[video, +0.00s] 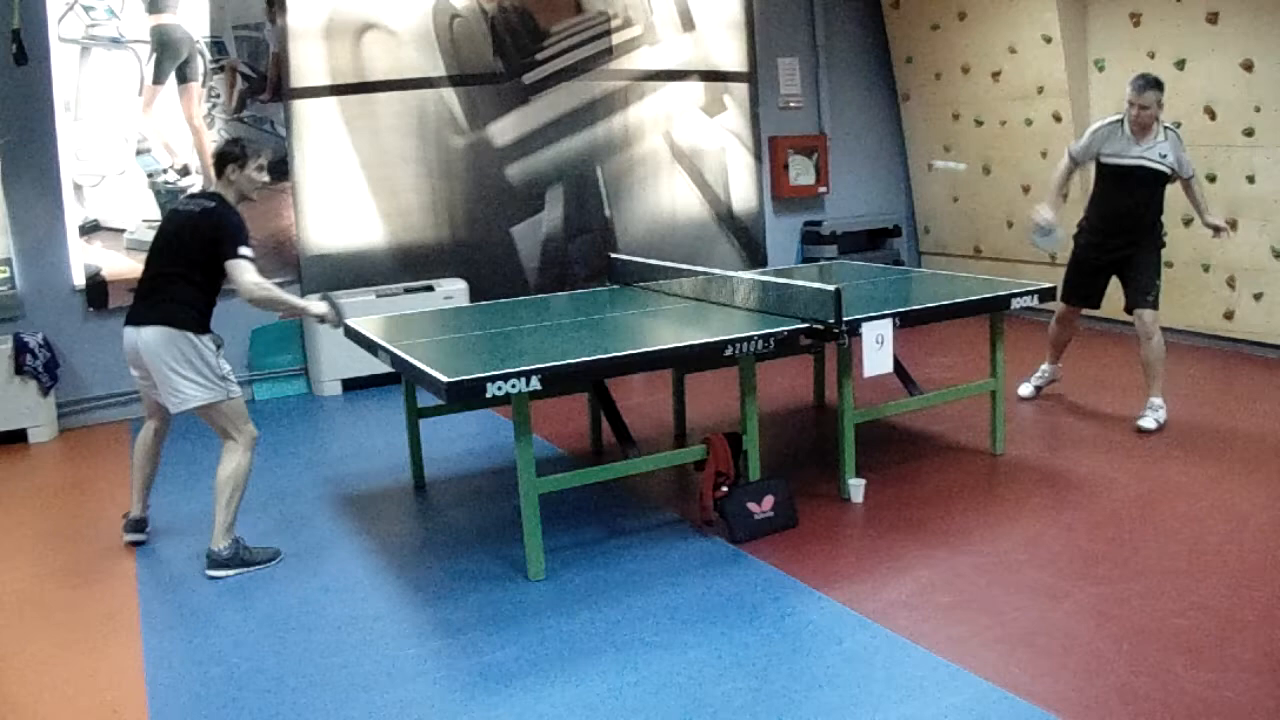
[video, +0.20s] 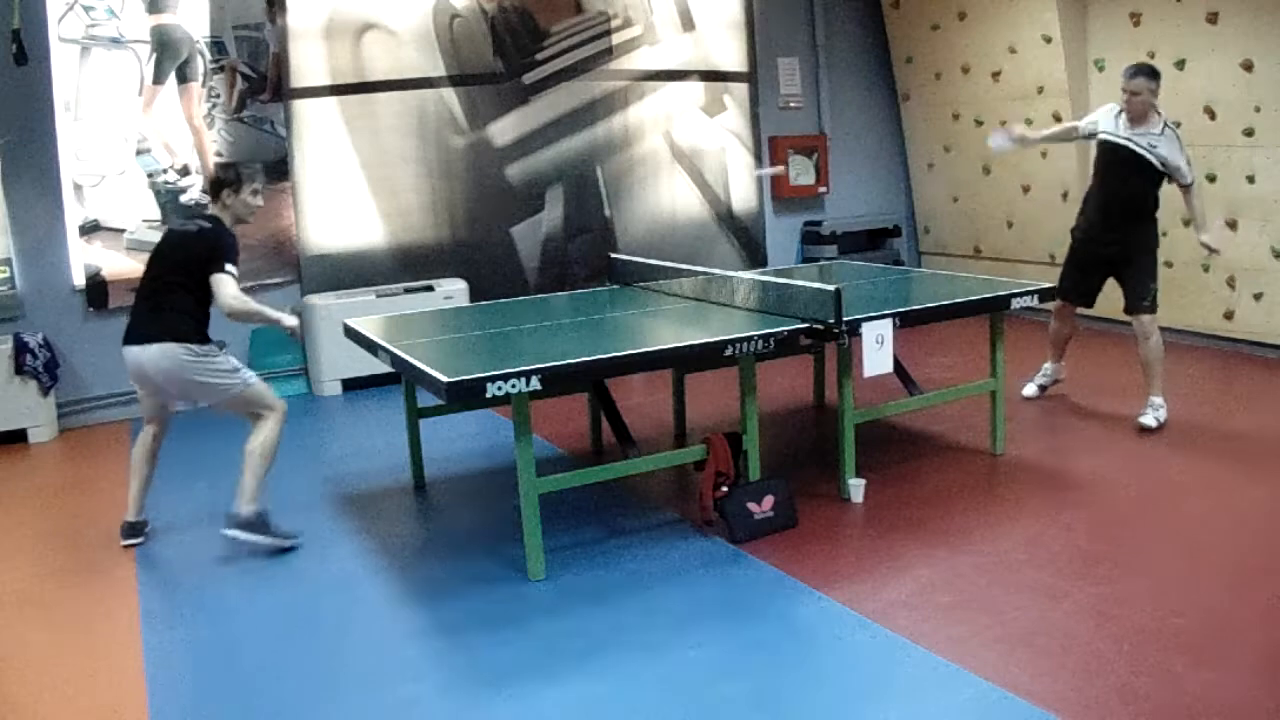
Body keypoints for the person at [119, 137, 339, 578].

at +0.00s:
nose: (265, 179)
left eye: (265, 171)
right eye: (258, 170)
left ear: (222, 171)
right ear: (231, 170)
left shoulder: (183, 207)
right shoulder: (226, 217)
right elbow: (250, 287)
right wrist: (307, 307)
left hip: (136, 333)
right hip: (176, 334)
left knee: (155, 420)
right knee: (241, 436)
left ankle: (136, 516)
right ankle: (223, 547)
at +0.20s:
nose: (260, 202)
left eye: (261, 194)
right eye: (254, 194)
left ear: (221, 197)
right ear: (227, 194)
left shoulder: (177, 231)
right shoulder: (219, 237)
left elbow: (160, 287)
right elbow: (230, 303)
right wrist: (281, 319)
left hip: (136, 349)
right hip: (179, 349)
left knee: (152, 425)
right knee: (270, 411)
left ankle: (132, 521)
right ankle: (247, 514)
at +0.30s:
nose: (272, 213)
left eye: (271, 205)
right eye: (265, 206)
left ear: (231, 206)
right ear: (241, 207)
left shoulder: (192, 239)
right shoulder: (231, 245)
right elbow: (249, 308)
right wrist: (294, 311)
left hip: (147, 355)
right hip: (190, 356)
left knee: (156, 428)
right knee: (289, 402)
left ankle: (134, 520)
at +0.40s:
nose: (298, 227)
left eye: (298, 218)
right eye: (293, 217)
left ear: (260, 214)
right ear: (271, 214)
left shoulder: (217, 244)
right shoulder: (264, 254)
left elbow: (164, 269)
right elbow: (291, 305)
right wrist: (337, 297)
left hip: (169, 358)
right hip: (216, 360)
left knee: (167, 429)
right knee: (308, 406)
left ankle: (135, 519)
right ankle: (370, 487)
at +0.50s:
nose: (334, 227)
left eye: (334, 219)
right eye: (331, 219)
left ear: (298, 215)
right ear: (315, 218)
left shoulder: (253, 246)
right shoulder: (304, 257)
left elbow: (212, 299)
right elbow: (354, 298)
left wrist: (188, 350)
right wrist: (392, 282)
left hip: (205, 360)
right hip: (252, 364)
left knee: (183, 436)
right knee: (341, 402)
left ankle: (138, 519)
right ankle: (391, 486)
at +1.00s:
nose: (365, 185)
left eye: (365, 177)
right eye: (362, 177)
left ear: (329, 177)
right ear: (342, 177)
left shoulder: (279, 211)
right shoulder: (338, 224)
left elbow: (241, 268)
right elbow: (376, 280)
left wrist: (222, 326)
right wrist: (414, 271)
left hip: (244, 336)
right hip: (294, 340)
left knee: (256, 409)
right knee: (362, 399)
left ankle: (221, 496)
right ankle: (398, 488)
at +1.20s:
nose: (319, 182)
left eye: (319, 173)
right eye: (315, 173)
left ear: (280, 175)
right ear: (293, 175)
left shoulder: (235, 213)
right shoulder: (285, 220)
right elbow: (319, 286)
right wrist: (365, 282)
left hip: (196, 342)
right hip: (242, 344)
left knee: (243, 418)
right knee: (335, 409)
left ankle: (223, 521)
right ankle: (349, 518)